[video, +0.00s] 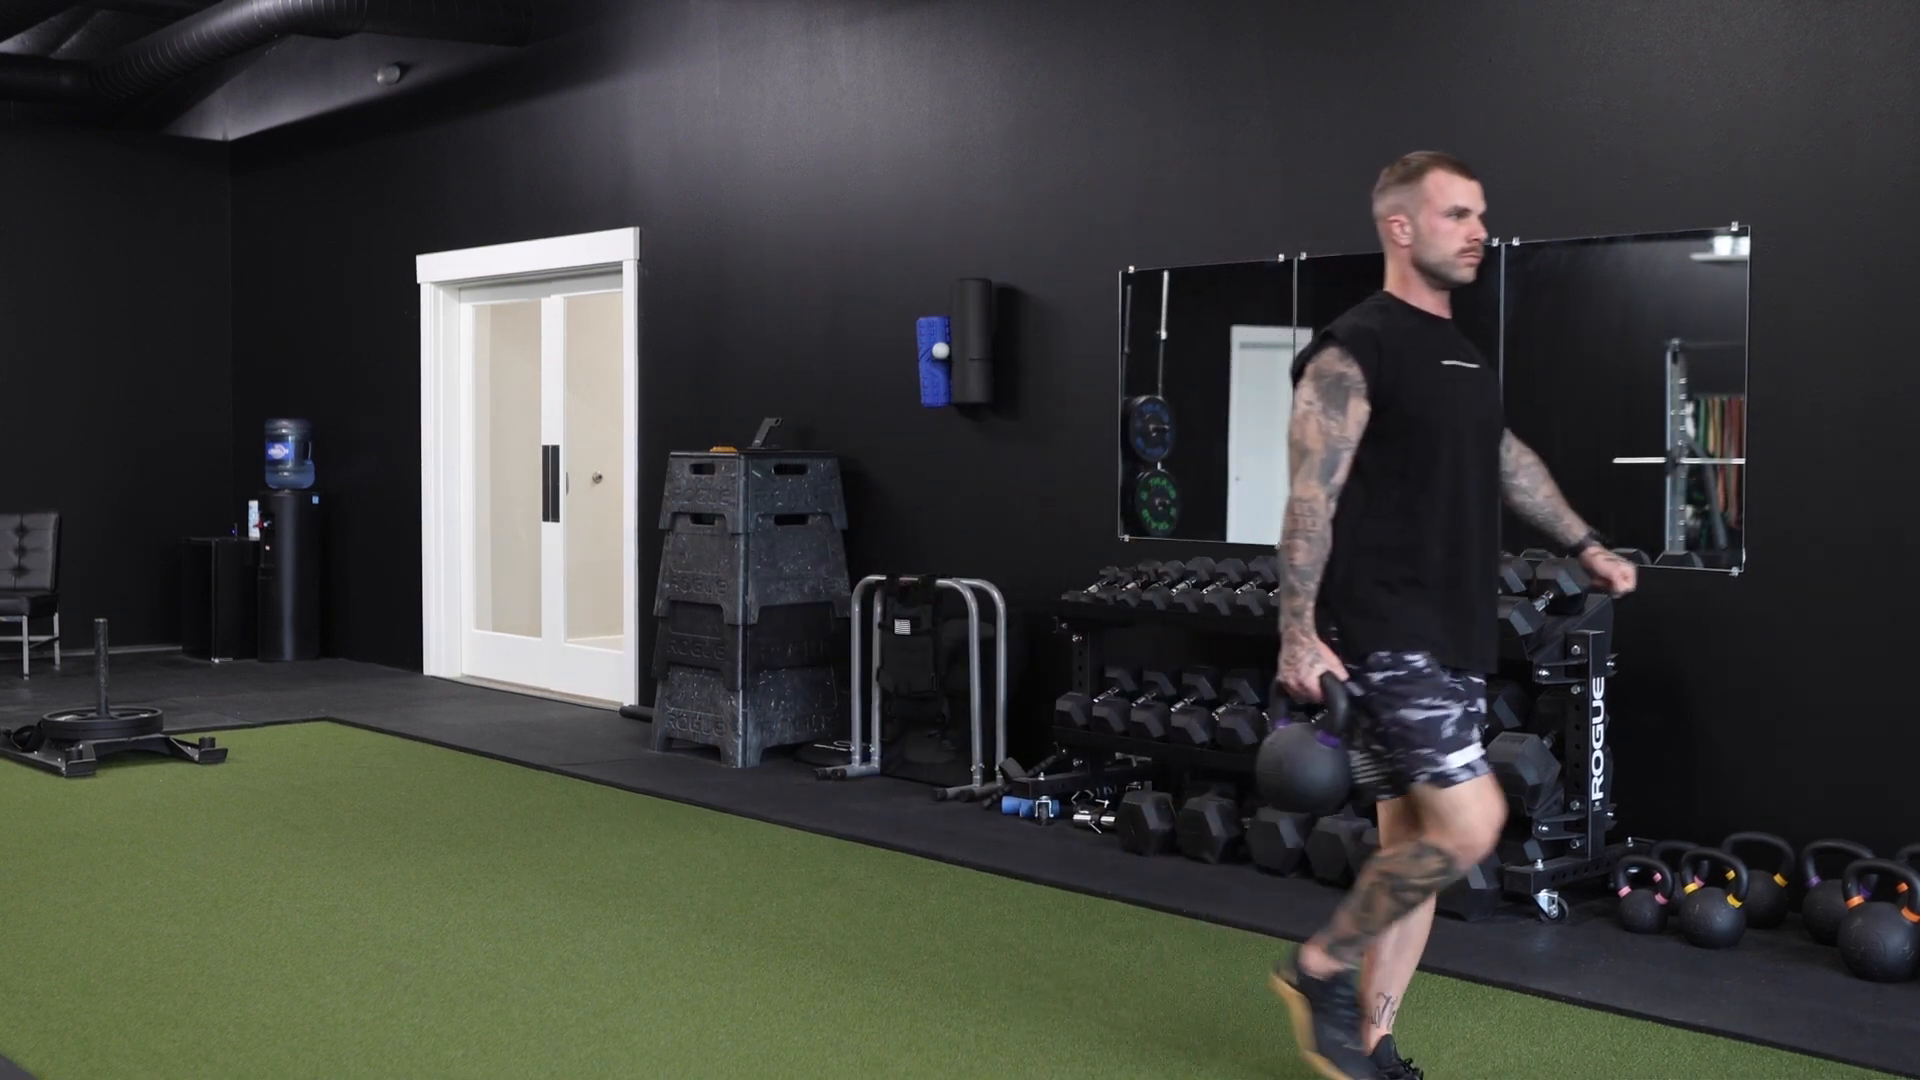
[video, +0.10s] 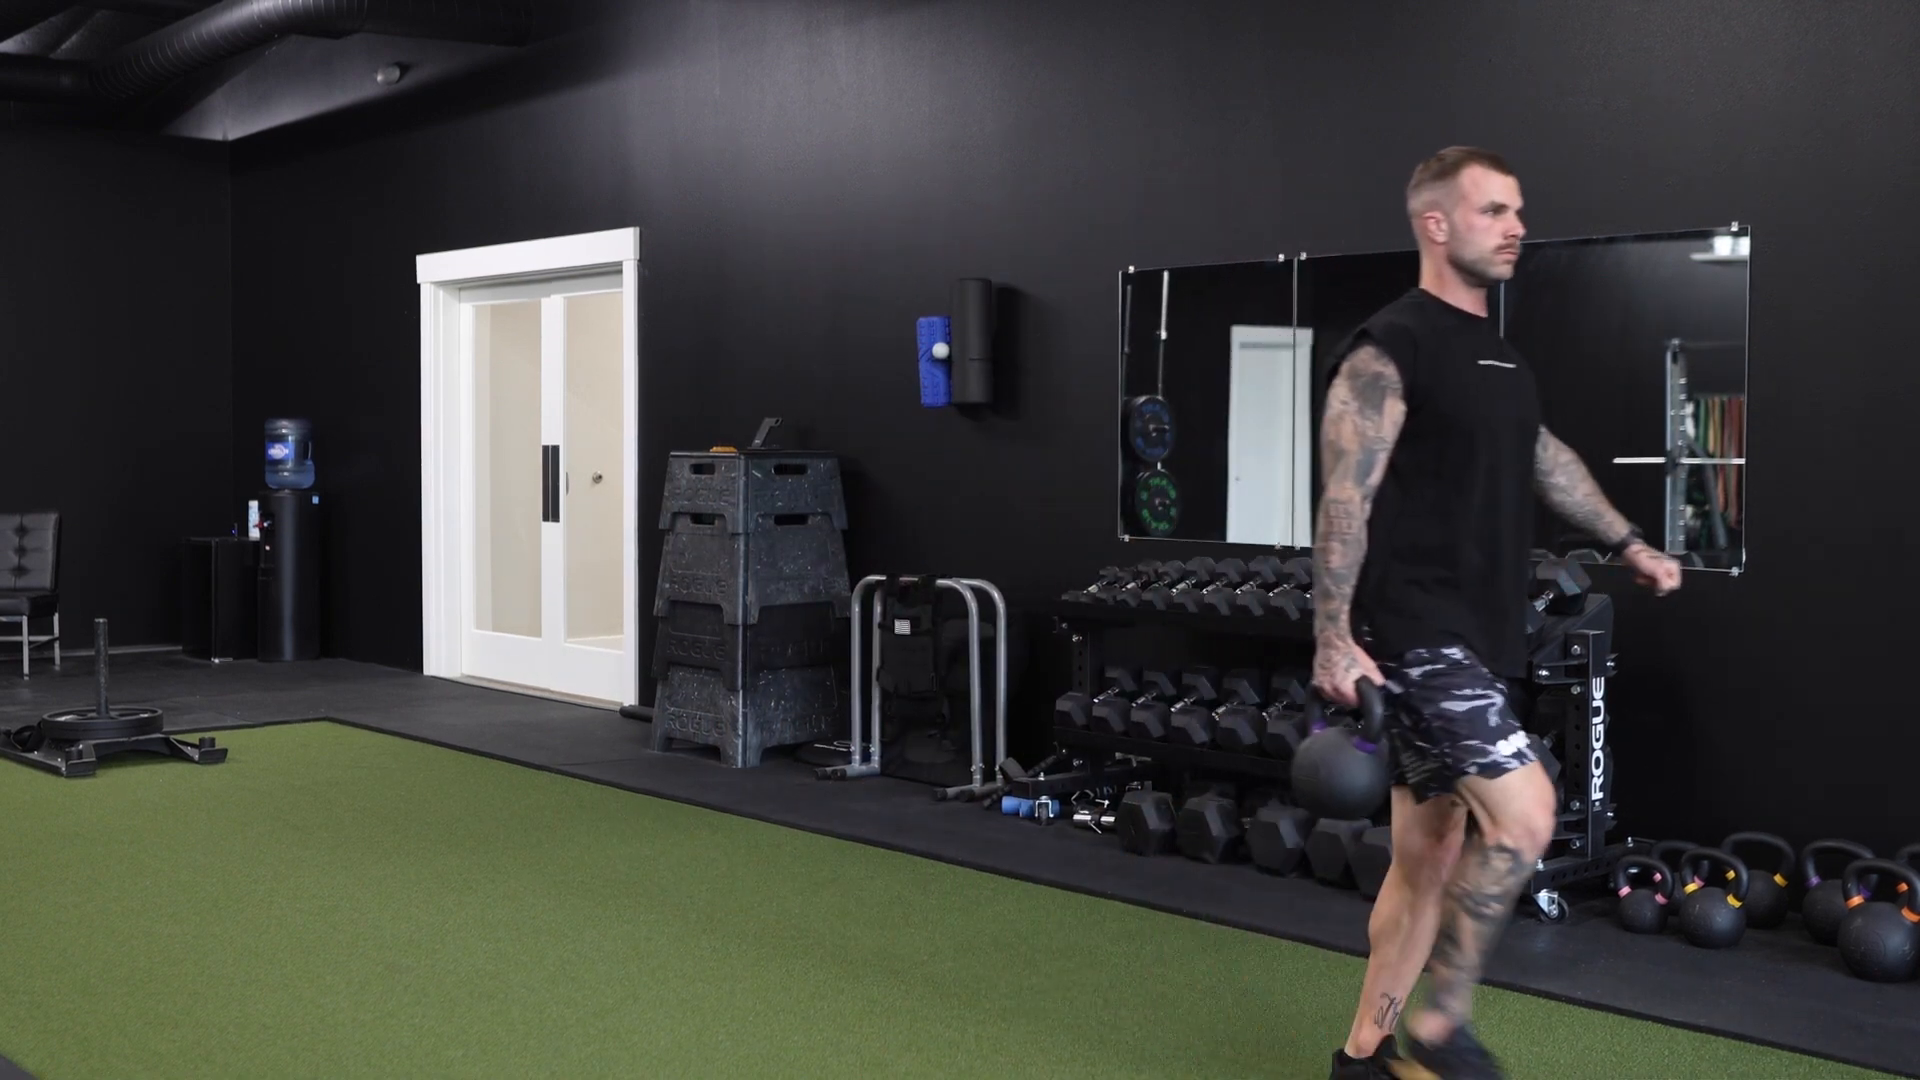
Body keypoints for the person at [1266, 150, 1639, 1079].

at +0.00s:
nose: (1478, 232)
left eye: (1480, 217)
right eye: (1458, 216)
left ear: (1466, 232)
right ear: (1397, 228)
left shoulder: (1461, 354)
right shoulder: (1349, 351)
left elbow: (1506, 459)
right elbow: (1310, 494)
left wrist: (1584, 544)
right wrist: (1296, 626)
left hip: (1454, 633)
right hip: (1380, 633)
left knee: (1410, 845)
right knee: (1470, 821)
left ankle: (1370, 1038)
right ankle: (1319, 965)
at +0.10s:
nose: (1516, 229)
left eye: (1518, 213)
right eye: (1494, 213)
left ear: (1503, 227)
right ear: (1433, 225)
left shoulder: (1497, 356)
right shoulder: (1386, 351)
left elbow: (1546, 460)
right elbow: (1345, 497)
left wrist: (1627, 542)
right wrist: (1331, 632)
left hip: (1483, 635)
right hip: (1415, 634)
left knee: (1426, 854)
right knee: (1524, 815)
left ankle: (1363, 1048)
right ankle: (1439, 1022)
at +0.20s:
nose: (1555, 227)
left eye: (1556, 211)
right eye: (1534, 211)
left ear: (1543, 226)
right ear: (1471, 224)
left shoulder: (1532, 348)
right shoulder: (1423, 351)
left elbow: (1581, 459)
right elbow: (1381, 500)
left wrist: (1666, 543)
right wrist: (1367, 637)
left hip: (1518, 640)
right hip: (1449, 641)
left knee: (1438, 854)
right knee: (1540, 843)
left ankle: (1366, 1046)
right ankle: (1563, 1067)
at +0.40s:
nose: (1636, 223)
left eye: (1637, 206)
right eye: (1612, 205)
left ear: (1622, 220)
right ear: (1548, 220)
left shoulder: (1620, 352)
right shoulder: (1501, 351)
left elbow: (1669, 464)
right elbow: (1451, 505)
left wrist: (1748, 545)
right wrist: (1439, 646)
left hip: (1605, 654)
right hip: (1536, 657)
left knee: (1533, 867)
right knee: (1590, 882)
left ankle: (1400, 1024)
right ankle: (1619, 1072)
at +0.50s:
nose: (1667, 217)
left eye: (1670, 200)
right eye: (1643, 200)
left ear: (1667, 212)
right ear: (1579, 213)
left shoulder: (1653, 344)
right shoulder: (1533, 346)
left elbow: (1718, 454)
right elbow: (1481, 504)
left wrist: (1809, 541)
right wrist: (1467, 647)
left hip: (1659, 654)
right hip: (1577, 657)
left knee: (1670, 866)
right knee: (1613, 879)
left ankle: (1480, 991)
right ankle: (1630, 1072)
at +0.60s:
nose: (1688, 214)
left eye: (1695, 196)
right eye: (1664, 195)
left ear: (1699, 208)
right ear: (1605, 207)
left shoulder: (1702, 348)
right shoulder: (1561, 340)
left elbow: (1771, 447)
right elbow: (1505, 498)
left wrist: (1874, 535)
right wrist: (1493, 645)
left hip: (1704, 655)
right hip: (1605, 657)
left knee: (1748, 872)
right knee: (1632, 893)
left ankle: (1584, 1007)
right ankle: (1636, 1071)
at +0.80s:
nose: (1724, 203)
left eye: (1735, 185)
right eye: (1696, 187)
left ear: (1750, 195)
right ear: (1647, 204)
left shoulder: (1782, 343)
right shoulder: (1600, 338)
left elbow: (1890, 441)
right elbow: (1549, 500)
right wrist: (1533, 650)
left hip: (1772, 664)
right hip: (1651, 670)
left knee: (1825, 891)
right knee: (1663, 900)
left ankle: (1841, 1076)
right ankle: (1644, 1073)